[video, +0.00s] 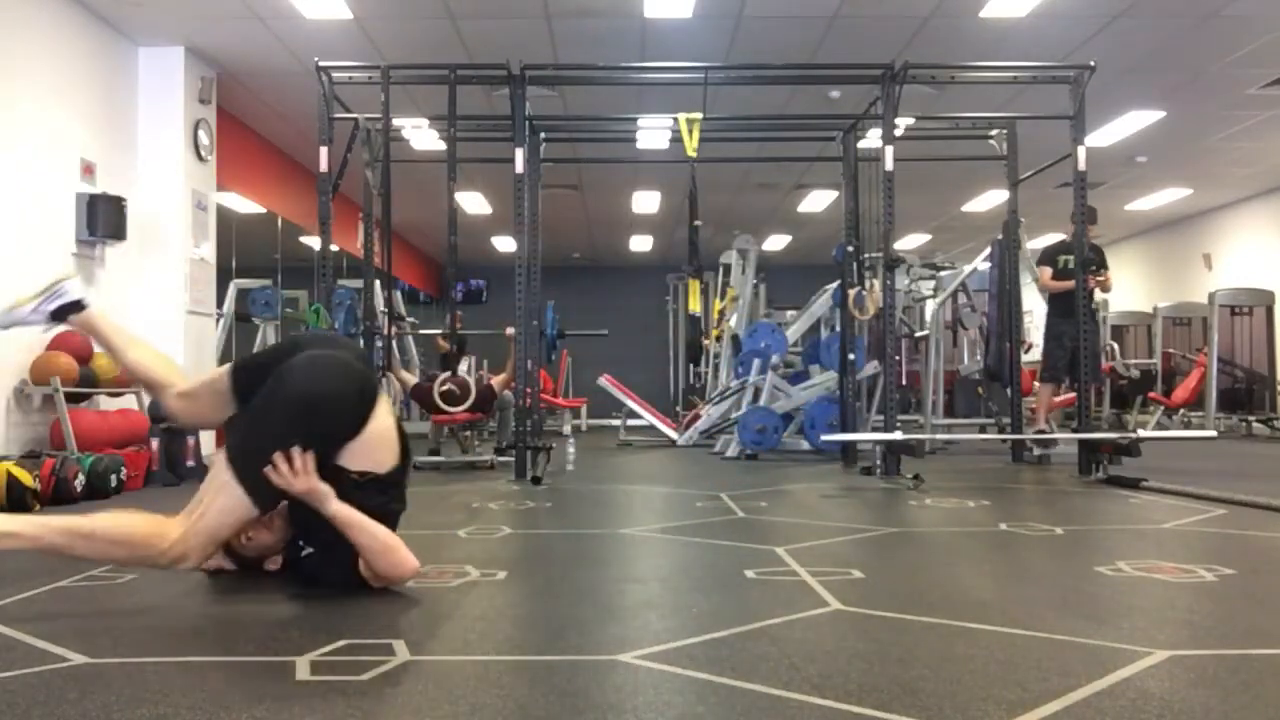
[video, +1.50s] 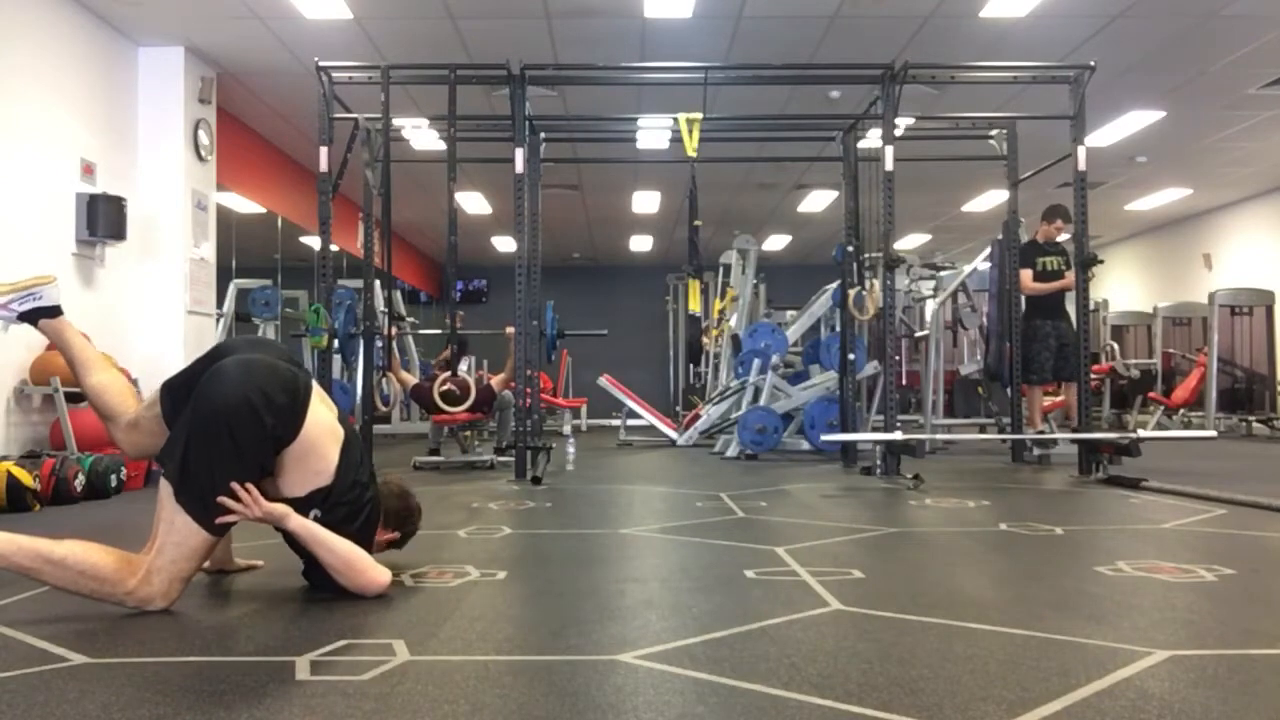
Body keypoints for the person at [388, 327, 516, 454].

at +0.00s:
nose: (451, 378)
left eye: (444, 384)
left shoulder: (428, 397)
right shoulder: (481, 398)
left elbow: (396, 370)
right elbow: (509, 375)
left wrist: (390, 340)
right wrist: (512, 342)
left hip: (439, 409)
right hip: (475, 408)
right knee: (508, 397)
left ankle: (434, 445)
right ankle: (503, 443)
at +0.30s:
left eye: (444, 385)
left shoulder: (428, 398)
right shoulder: (480, 400)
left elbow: (396, 370)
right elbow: (507, 375)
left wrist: (389, 340)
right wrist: (512, 341)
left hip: (439, 409)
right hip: (474, 409)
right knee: (507, 397)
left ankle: (434, 445)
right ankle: (503, 443)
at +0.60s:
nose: (450, 379)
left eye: (444, 385)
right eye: (457, 381)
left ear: (436, 392)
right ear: (470, 391)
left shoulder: (428, 397)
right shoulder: (481, 399)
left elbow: (396, 371)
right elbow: (508, 375)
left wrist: (390, 340)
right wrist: (511, 342)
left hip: (439, 409)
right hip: (475, 409)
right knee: (507, 397)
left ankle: (434, 446)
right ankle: (503, 443)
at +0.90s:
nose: (451, 378)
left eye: (444, 384)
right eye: (456, 380)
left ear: (437, 392)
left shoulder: (428, 397)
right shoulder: (480, 400)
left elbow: (396, 370)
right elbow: (508, 375)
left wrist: (390, 340)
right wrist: (511, 341)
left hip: (439, 409)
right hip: (475, 408)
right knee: (507, 397)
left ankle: (434, 446)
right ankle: (503, 443)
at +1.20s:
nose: (450, 378)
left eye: (444, 383)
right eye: (454, 380)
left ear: (437, 392)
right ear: (468, 391)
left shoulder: (428, 398)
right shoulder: (480, 399)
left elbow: (397, 371)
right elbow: (508, 375)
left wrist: (390, 341)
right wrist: (512, 342)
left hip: (438, 408)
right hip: (475, 408)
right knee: (507, 397)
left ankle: (434, 447)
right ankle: (502, 444)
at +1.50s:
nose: (449, 379)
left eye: (443, 384)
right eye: (453, 383)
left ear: (436, 393)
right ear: (468, 391)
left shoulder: (428, 398)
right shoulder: (479, 399)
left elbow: (397, 371)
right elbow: (508, 375)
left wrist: (390, 341)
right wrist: (511, 341)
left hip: (439, 409)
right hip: (475, 408)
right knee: (507, 397)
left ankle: (434, 447)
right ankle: (502, 444)